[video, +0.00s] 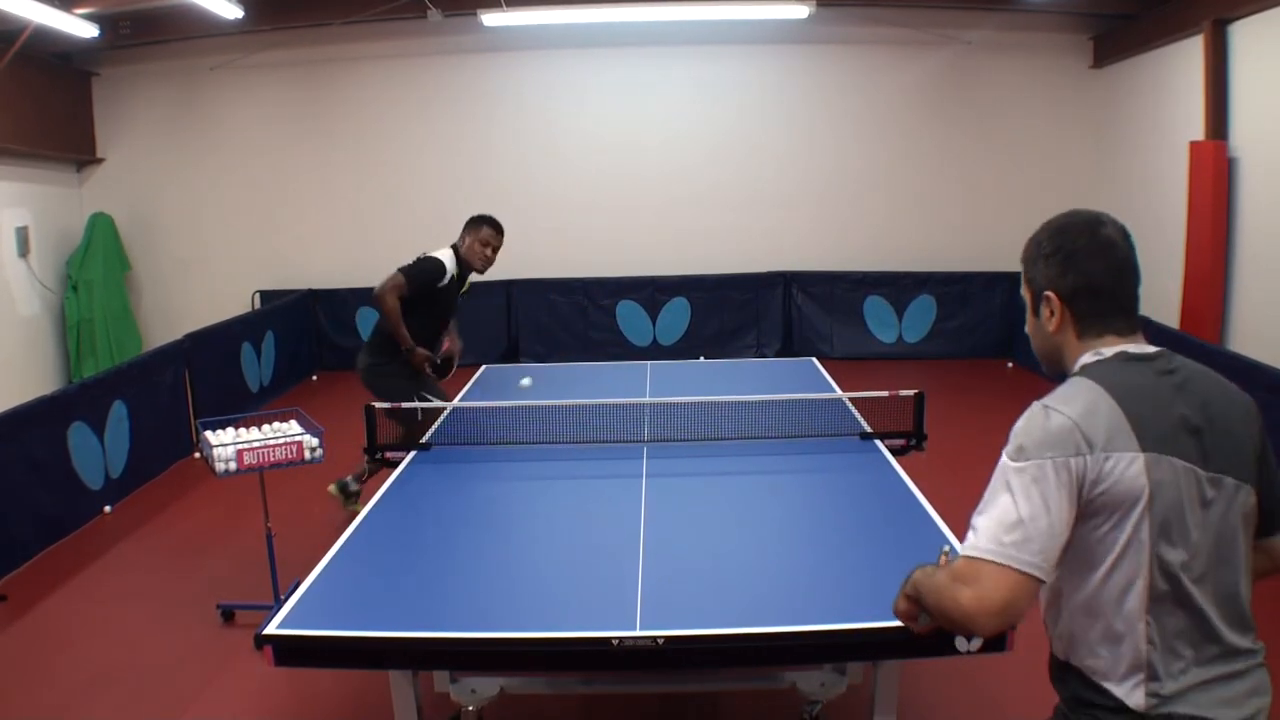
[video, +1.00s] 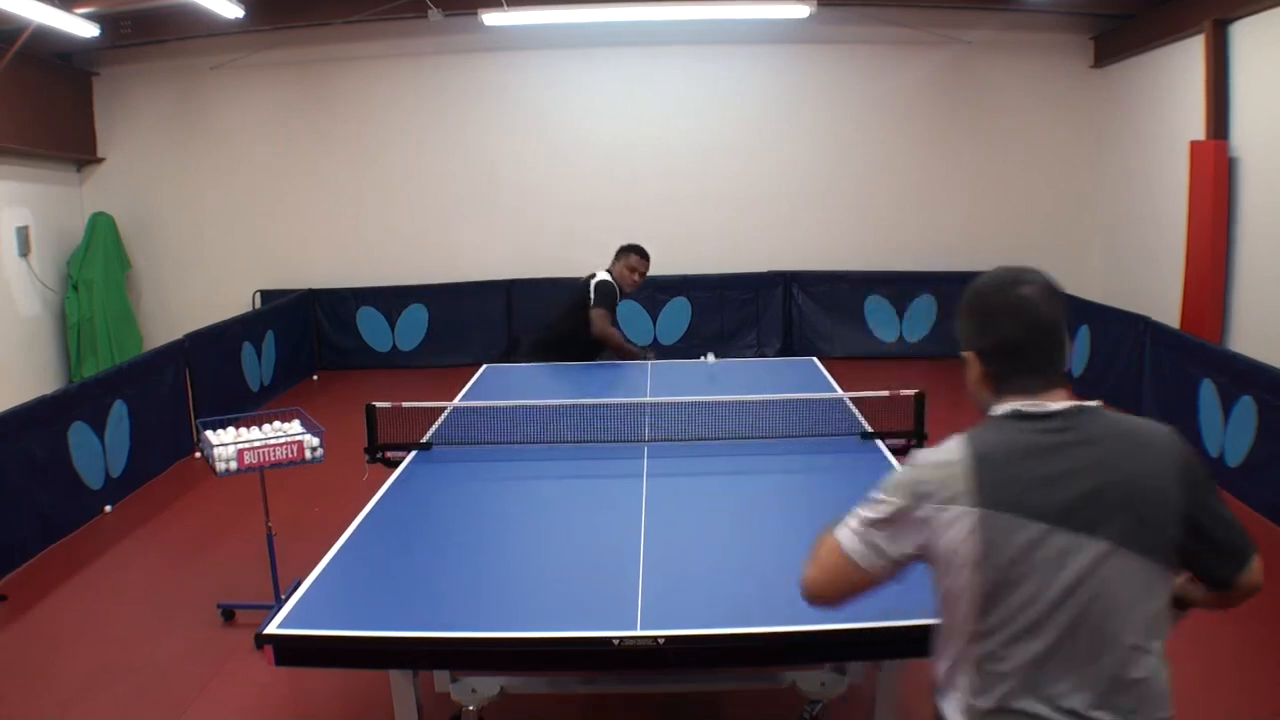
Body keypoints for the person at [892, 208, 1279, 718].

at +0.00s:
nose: (1028, 328)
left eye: (1028, 309)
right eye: (1027, 310)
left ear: (1053, 311)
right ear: (1127, 297)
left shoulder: (1064, 421)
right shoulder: (1232, 403)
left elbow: (983, 605)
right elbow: (1266, 551)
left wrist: (924, 578)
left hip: (1119, 702)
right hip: (1243, 696)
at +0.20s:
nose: (993, 339)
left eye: (992, 321)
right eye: (991, 321)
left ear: (1018, 322)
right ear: (1086, 306)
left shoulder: (1038, 419)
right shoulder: (1182, 397)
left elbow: (904, 565)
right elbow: (1232, 522)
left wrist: (879, 569)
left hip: (1092, 697)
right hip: (1205, 694)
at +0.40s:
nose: (885, 372)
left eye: (884, 356)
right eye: (884, 356)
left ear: (901, 355)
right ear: (978, 346)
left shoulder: (892, 440)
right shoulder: (1076, 417)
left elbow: (737, 529)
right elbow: (1177, 526)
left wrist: (797, 553)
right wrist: (1163, 563)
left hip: (971, 702)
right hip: (1100, 695)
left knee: (891, 696)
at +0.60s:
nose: (823, 391)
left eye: (823, 383)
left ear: (830, 394)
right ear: (919, 380)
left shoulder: (797, 472)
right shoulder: (992, 440)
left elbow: (728, 509)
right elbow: (1116, 558)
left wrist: (791, 486)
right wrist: (1152, 607)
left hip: (883, 712)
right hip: (1024, 706)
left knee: (821, 693)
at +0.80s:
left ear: (855, 361)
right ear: (948, 348)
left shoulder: (822, 447)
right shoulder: (1026, 419)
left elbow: (781, 483)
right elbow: (1142, 554)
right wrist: (1144, 613)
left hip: (903, 709)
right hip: (1045, 703)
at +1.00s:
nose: (963, 370)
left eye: (964, 357)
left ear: (976, 366)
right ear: (1065, 353)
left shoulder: (942, 473)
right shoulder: (1162, 453)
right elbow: (1241, 577)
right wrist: (1176, 589)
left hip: (991, 708)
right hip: (1132, 709)